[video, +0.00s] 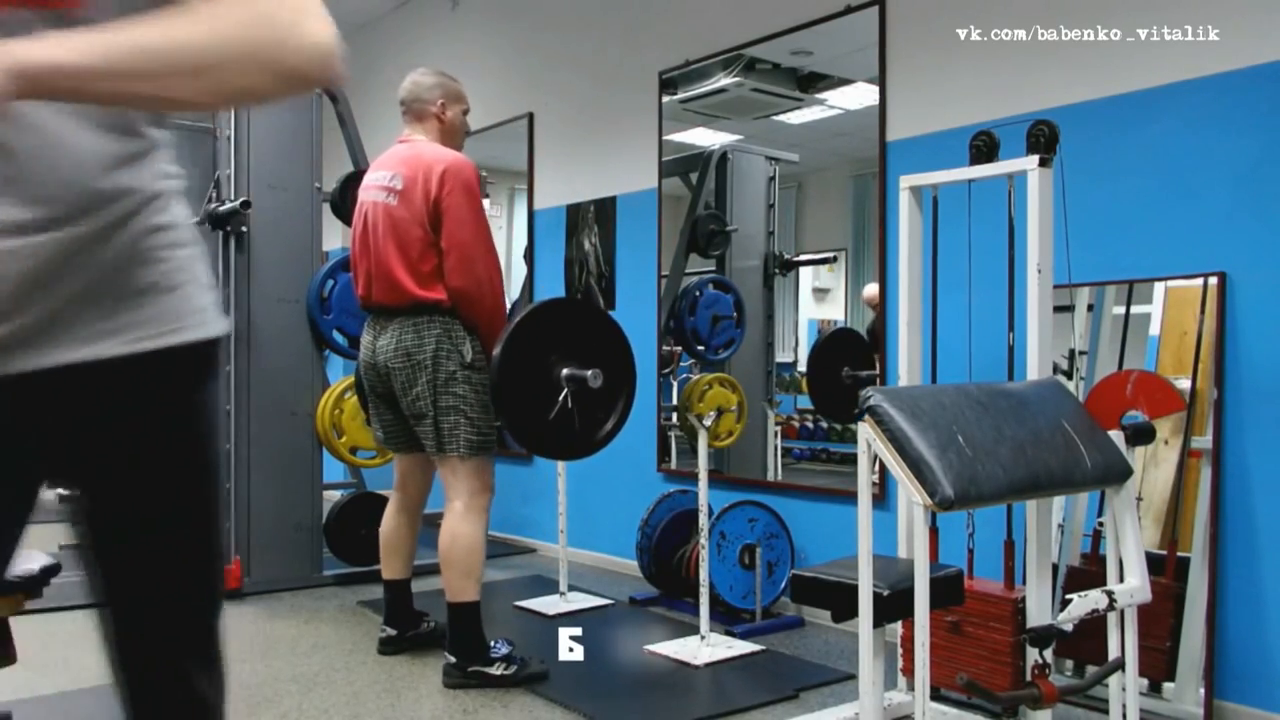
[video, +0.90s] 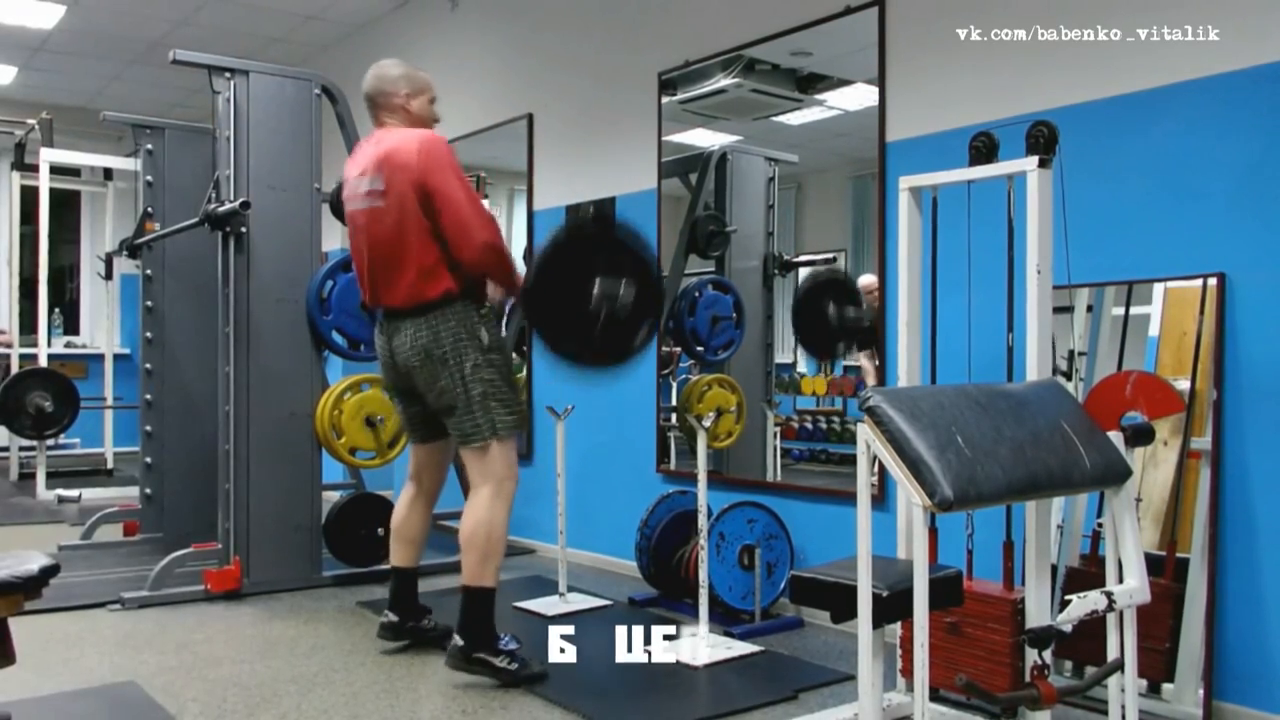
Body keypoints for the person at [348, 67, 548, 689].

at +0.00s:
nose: (468, 124)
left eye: (467, 114)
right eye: (464, 113)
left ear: (414, 112)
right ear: (439, 109)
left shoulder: (377, 169)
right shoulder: (450, 167)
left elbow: (366, 268)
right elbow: (473, 275)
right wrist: (496, 345)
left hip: (380, 338)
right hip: (439, 337)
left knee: (409, 484)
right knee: (469, 493)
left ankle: (399, 621)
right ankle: (469, 652)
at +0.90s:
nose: (435, 109)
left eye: (432, 99)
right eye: (428, 100)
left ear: (380, 104)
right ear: (401, 100)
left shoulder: (356, 164)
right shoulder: (425, 147)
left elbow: (368, 267)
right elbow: (476, 242)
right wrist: (511, 281)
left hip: (396, 333)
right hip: (449, 324)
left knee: (424, 473)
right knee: (494, 476)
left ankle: (401, 612)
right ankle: (477, 638)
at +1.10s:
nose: (427, 143)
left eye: (428, 135)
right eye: (424, 134)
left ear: (373, 124)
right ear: (399, 123)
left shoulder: (345, 181)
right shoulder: (399, 163)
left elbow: (384, 263)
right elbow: (475, 231)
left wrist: (458, 203)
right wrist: (514, 201)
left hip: (411, 348)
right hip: (462, 340)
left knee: (434, 487)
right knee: (502, 489)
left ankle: (402, 620)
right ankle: (472, 652)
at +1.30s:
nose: (454, 143)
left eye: (453, 133)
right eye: (450, 133)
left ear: (399, 130)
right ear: (426, 129)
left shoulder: (371, 188)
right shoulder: (437, 183)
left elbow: (419, 260)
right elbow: (507, 257)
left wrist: (460, 187)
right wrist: (488, 188)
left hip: (416, 357)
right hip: (468, 350)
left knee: (437, 491)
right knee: (504, 496)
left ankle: (400, 620)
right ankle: (471, 654)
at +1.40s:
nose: (470, 130)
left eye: (469, 121)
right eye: (467, 120)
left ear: (415, 121)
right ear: (445, 118)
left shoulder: (384, 179)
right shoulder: (457, 175)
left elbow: (412, 257)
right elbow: (521, 255)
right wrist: (524, 187)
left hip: (415, 353)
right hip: (468, 348)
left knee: (433, 487)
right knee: (495, 495)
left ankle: (400, 620)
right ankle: (470, 654)